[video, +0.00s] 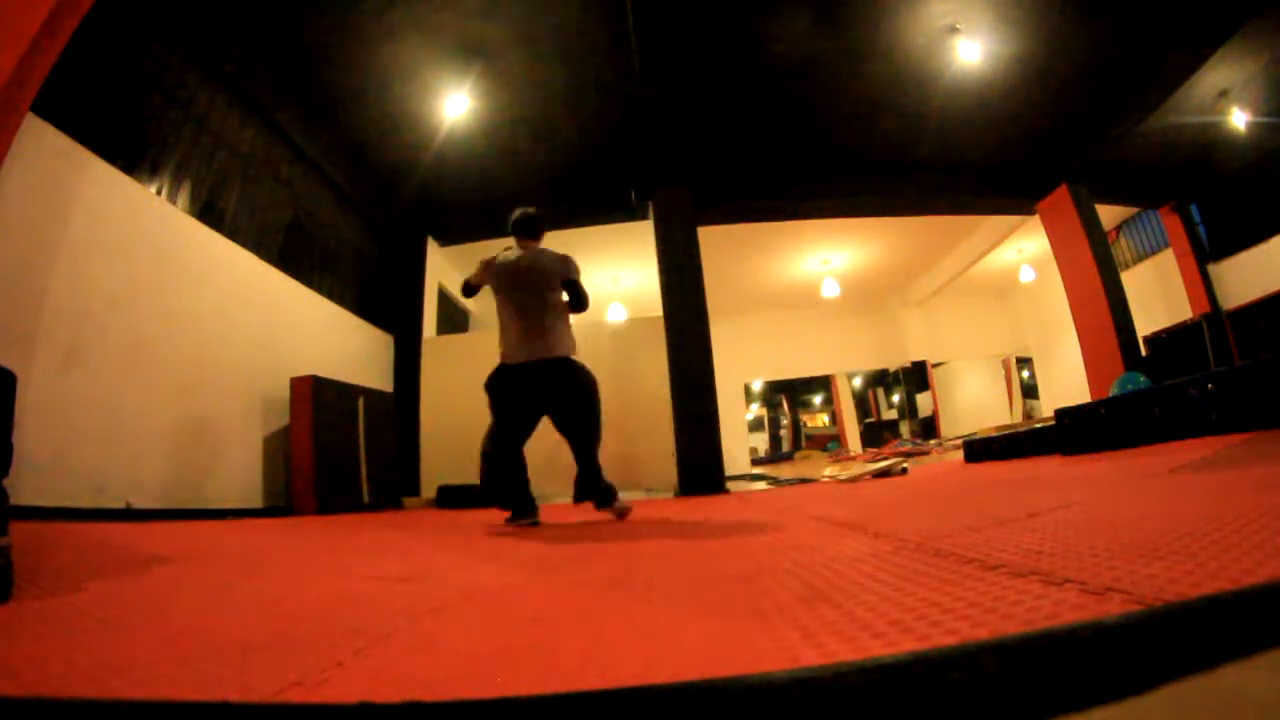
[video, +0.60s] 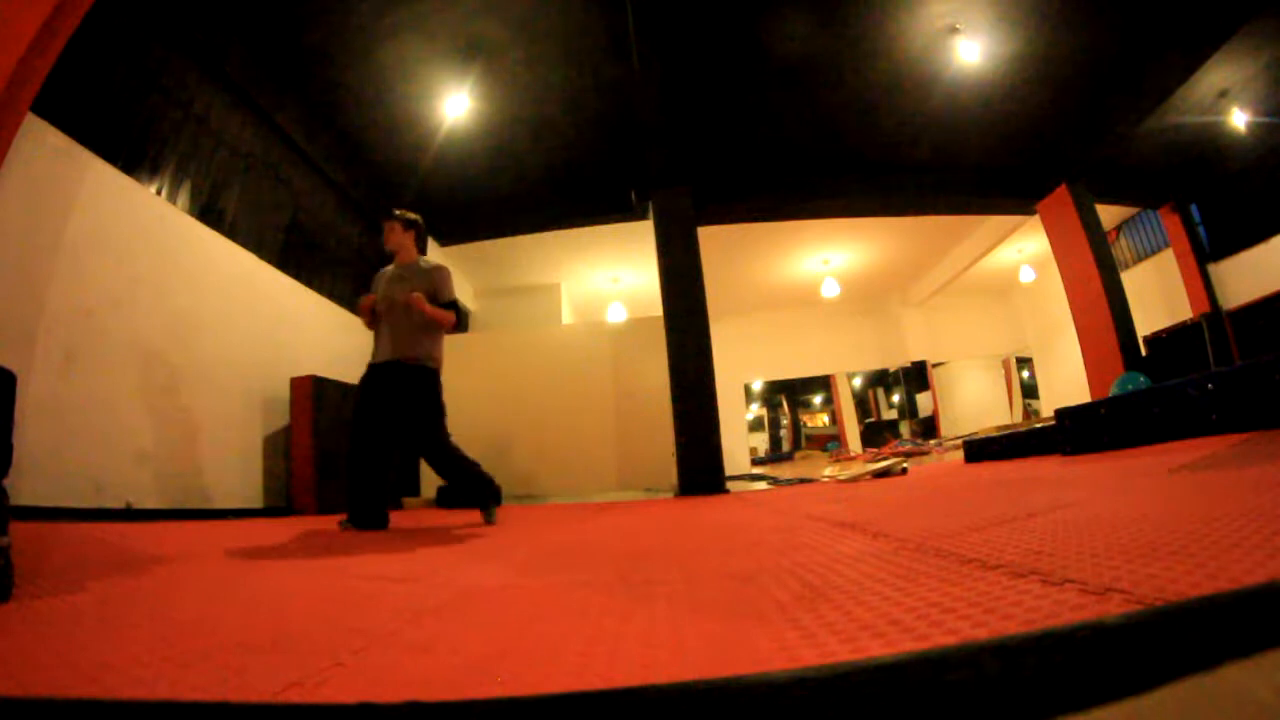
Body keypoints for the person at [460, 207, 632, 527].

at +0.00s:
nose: (528, 237)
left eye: (521, 233)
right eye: (533, 230)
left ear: (511, 235)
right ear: (542, 233)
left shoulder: (496, 265)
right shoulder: (561, 262)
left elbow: (468, 290)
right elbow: (580, 303)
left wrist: (489, 269)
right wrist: (552, 309)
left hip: (516, 375)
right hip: (562, 371)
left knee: (505, 444)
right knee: (584, 441)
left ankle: (522, 509)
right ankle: (601, 495)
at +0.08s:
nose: (491, 246)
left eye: (492, 241)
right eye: (493, 241)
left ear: (497, 240)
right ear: (525, 240)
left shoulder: (489, 268)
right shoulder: (547, 273)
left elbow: (451, 301)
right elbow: (561, 317)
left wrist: (465, 277)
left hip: (502, 376)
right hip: (540, 379)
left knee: (485, 439)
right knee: (542, 423)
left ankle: (522, 508)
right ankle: (588, 471)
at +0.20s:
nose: (465, 241)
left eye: (469, 234)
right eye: (465, 234)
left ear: (484, 233)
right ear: (485, 234)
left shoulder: (494, 257)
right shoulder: (495, 259)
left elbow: (491, 303)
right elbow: (492, 310)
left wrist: (451, 295)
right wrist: (480, 355)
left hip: (500, 355)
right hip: (498, 356)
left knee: (478, 415)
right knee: (489, 420)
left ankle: (520, 494)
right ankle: (518, 494)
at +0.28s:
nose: (448, 238)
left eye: (452, 231)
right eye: (449, 231)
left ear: (469, 231)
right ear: (466, 233)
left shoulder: (490, 257)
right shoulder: (472, 266)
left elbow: (506, 300)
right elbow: (478, 313)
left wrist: (459, 302)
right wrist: (450, 304)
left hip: (494, 358)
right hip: (471, 357)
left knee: (494, 420)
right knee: (448, 417)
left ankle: (521, 492)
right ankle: (458, 483)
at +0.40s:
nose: (426, 241)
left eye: (432, 234)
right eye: (427, 235)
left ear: (450, 236)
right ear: (443, 238)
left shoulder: (478, 268)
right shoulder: (440, 280)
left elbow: (505, 304)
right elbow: (446, 323)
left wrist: (464, 307)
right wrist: (416, 319)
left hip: (474, 374)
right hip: (439, 374)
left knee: (502, 440)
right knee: (410, 436)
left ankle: (519, 503)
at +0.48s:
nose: (411, 242)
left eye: (416, 236)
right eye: (411, 236)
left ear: (435, 239)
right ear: (420, 241)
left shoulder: (462, 274)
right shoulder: (414, 280)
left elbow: (490, 312)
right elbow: (418, 330)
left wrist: (458, 307)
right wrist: (397, 317)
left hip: (450, 377)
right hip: (412, 376)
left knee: (483, 440)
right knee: (392, 444)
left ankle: (515, 503)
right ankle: (377, 511)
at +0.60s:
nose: (385, 237)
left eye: (391, 231)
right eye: (385, 231)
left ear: (411, 235)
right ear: (394, 237)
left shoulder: (435, 272)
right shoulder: (383, 276)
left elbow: (455, 320)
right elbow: (377, 325)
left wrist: (426, 309)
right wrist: (367, 312)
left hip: (419, 369)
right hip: (382, 368)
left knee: (430, 442)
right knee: (368, 442)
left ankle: (484, 492)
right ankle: (368, 514)